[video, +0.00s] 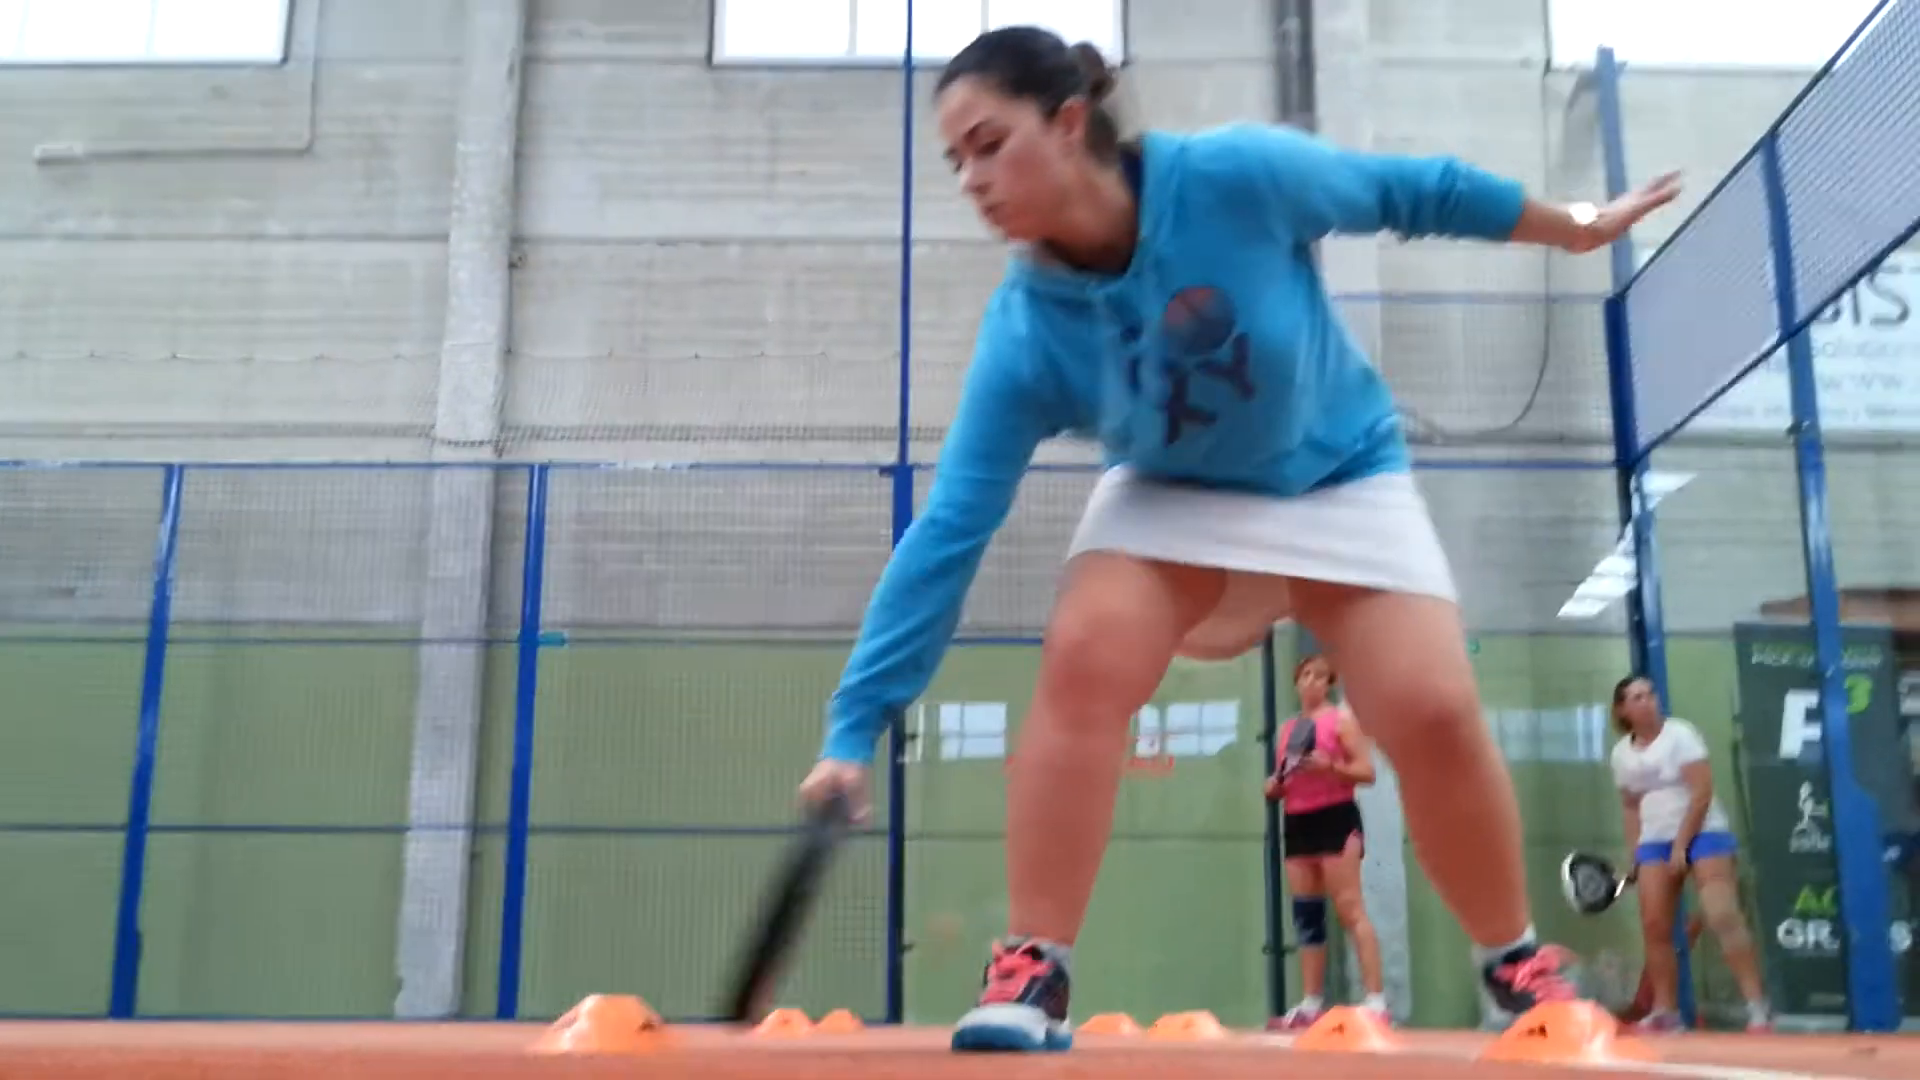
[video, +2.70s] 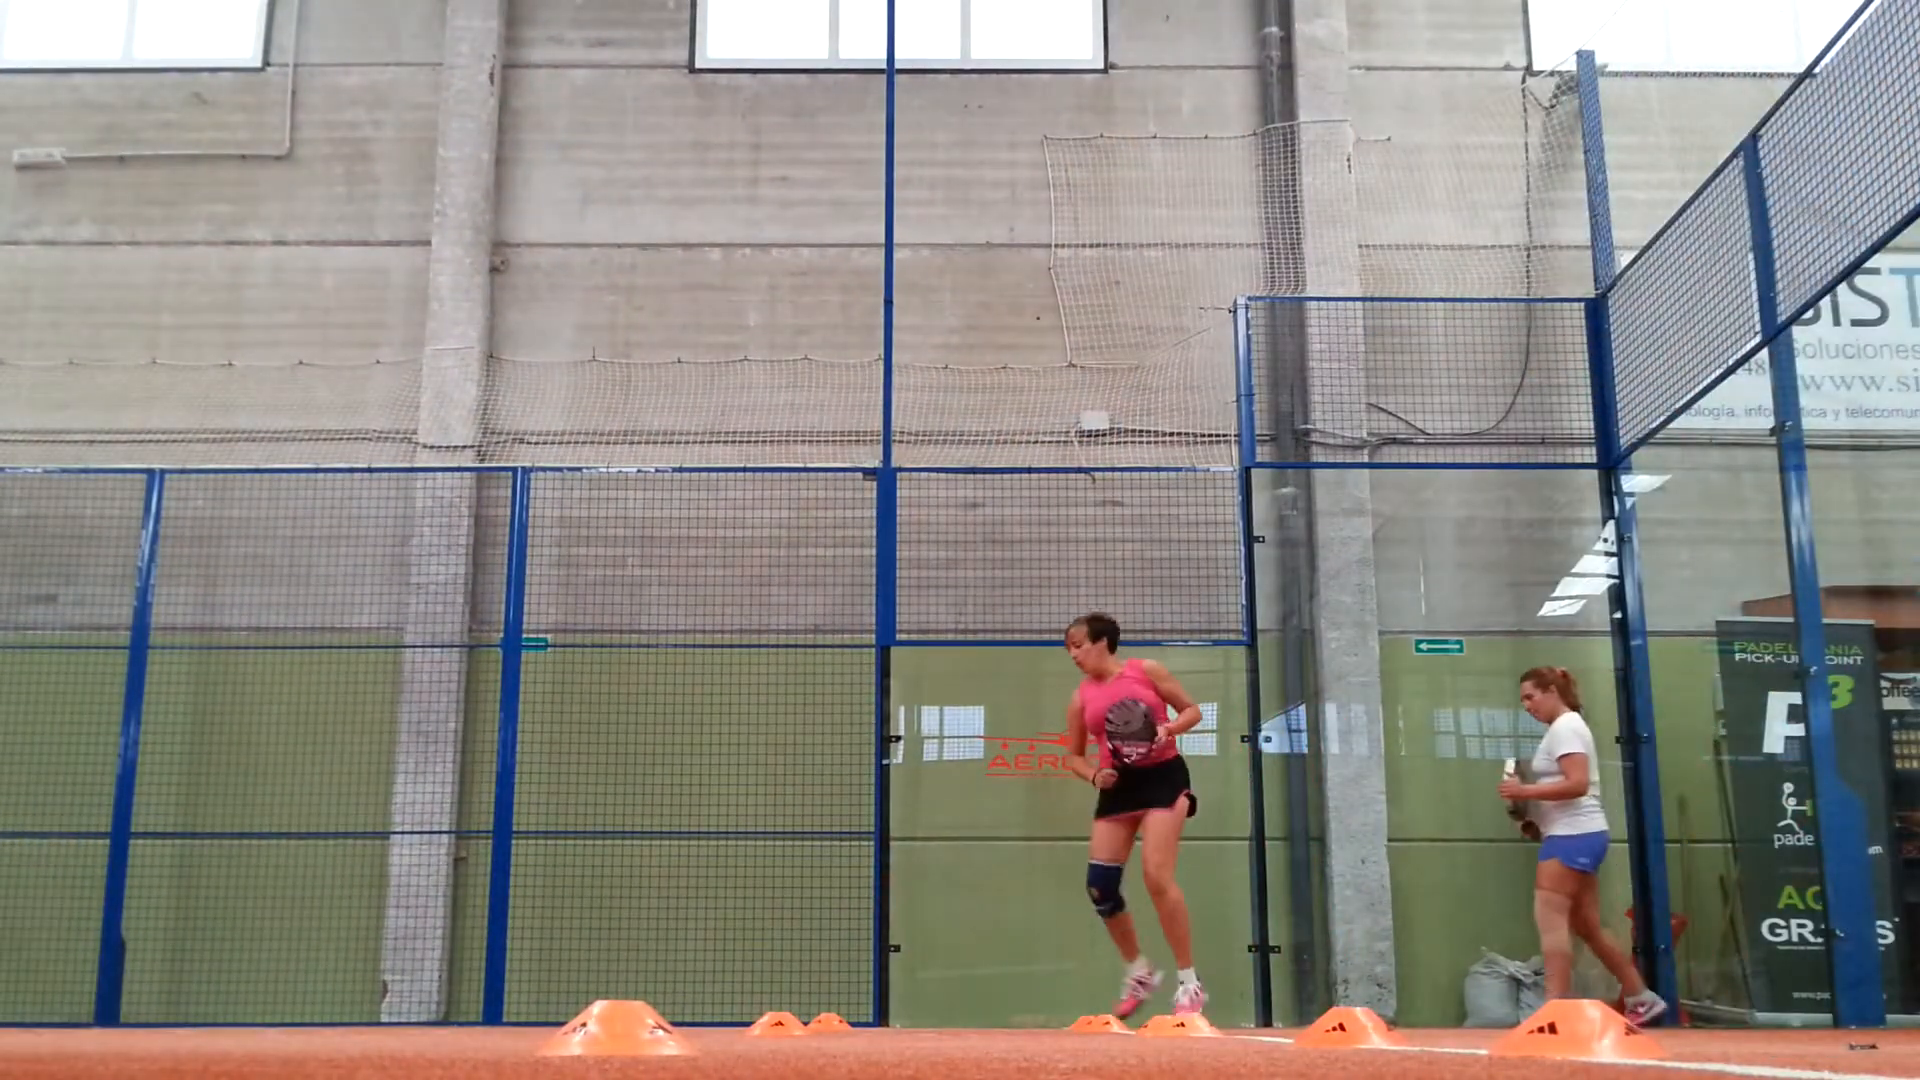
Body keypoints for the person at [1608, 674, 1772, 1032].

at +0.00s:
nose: (1647, 701)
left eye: (1649, 694)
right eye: (1637, 697)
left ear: (1658, 700)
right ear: (1622, 711)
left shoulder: (1681, 735)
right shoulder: (1622, 753)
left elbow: (1702, 792)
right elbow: (1631, 807)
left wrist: (1681, 844)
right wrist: (1634, 858)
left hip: (1702, 827)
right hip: (1654, 835)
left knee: (1721, 913)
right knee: (1654, 923)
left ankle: (1756, 1004)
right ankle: (1665, 1009)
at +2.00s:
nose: (1610, 696)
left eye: (1616, 689)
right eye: (1607, 692)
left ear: (1640, 690)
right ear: (1609, 700)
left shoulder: (1666, 729)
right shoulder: (1607, 740)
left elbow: (1704, 768)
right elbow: (1600, 791)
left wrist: (1703, 810)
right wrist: (1596, 833)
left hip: (1666, 837)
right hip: (1621, 842)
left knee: (1681, 917)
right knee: (1637, 926)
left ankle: (1735, 998)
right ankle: (1655, 1007)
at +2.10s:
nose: (1599, 701)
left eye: (1603, 693)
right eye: (1595, 696)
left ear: (1627, 690)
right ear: (1599, 702)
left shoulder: (1654, 728)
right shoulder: (1600, 740)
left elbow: (1682, 774)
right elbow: (1593, 789)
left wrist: (1664, 792)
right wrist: (1585, 826)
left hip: (1654, 832)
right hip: (1613, 837)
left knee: (1653, 913)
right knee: (1632, 924)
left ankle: (1709, 991)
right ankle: (1654, 1008)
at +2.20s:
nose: (1589, 703)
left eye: (1593, 695)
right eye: (1585, 698)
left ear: (1615, 690)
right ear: (1590, 702)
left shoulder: (1644, 727)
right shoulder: (1593, 739)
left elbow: (1663, 778)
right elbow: (1594, 791)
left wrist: (1621, 785)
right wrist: (1582, 820)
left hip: (1644, 830)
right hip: (1607, 835)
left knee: (1629, 909)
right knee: (1627, 918)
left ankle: (1670, 999)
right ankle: (1651, 1004)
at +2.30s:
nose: (1578, 707)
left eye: (1582, 698)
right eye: (1574, 702)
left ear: (1604, 691)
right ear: (1580, 704)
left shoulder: (1632, 727)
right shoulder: (1587, 741)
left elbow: (1647, 780)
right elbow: (1590, 791)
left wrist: (1600, 786)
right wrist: (1577, 819)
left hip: (1635, 831)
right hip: (1603, 836)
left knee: (1608, 909)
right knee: (1634, 924)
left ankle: (1624, 1000)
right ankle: (1656, 1007)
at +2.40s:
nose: (1568, 710)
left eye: (1571, 701)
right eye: (1564, 705)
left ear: (1593, 694)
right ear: (1578, 703)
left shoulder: (1619, 727)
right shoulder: (1588, 739)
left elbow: (1634, 781)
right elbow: (1595, 789)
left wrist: (1583, 788)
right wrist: (1574, 817)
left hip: (1623, 834)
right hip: (1601, 836)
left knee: (1593, 908)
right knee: (1629, 927)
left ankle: (1579, 999)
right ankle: (1656, 1008)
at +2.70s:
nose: (1527, 706)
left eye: (1530, 698)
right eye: (1524, 700)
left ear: (1553, 692)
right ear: (1549, 696)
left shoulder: (1567, 726)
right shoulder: (1566, 727)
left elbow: (1577, 783)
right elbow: (1569, 787)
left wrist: (1526, 791)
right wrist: (1535, 813)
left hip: (1571, 836)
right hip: (1583, 834)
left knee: (1551, 924)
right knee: (1588, 927)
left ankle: (1555, 1011)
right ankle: (1640, 997)